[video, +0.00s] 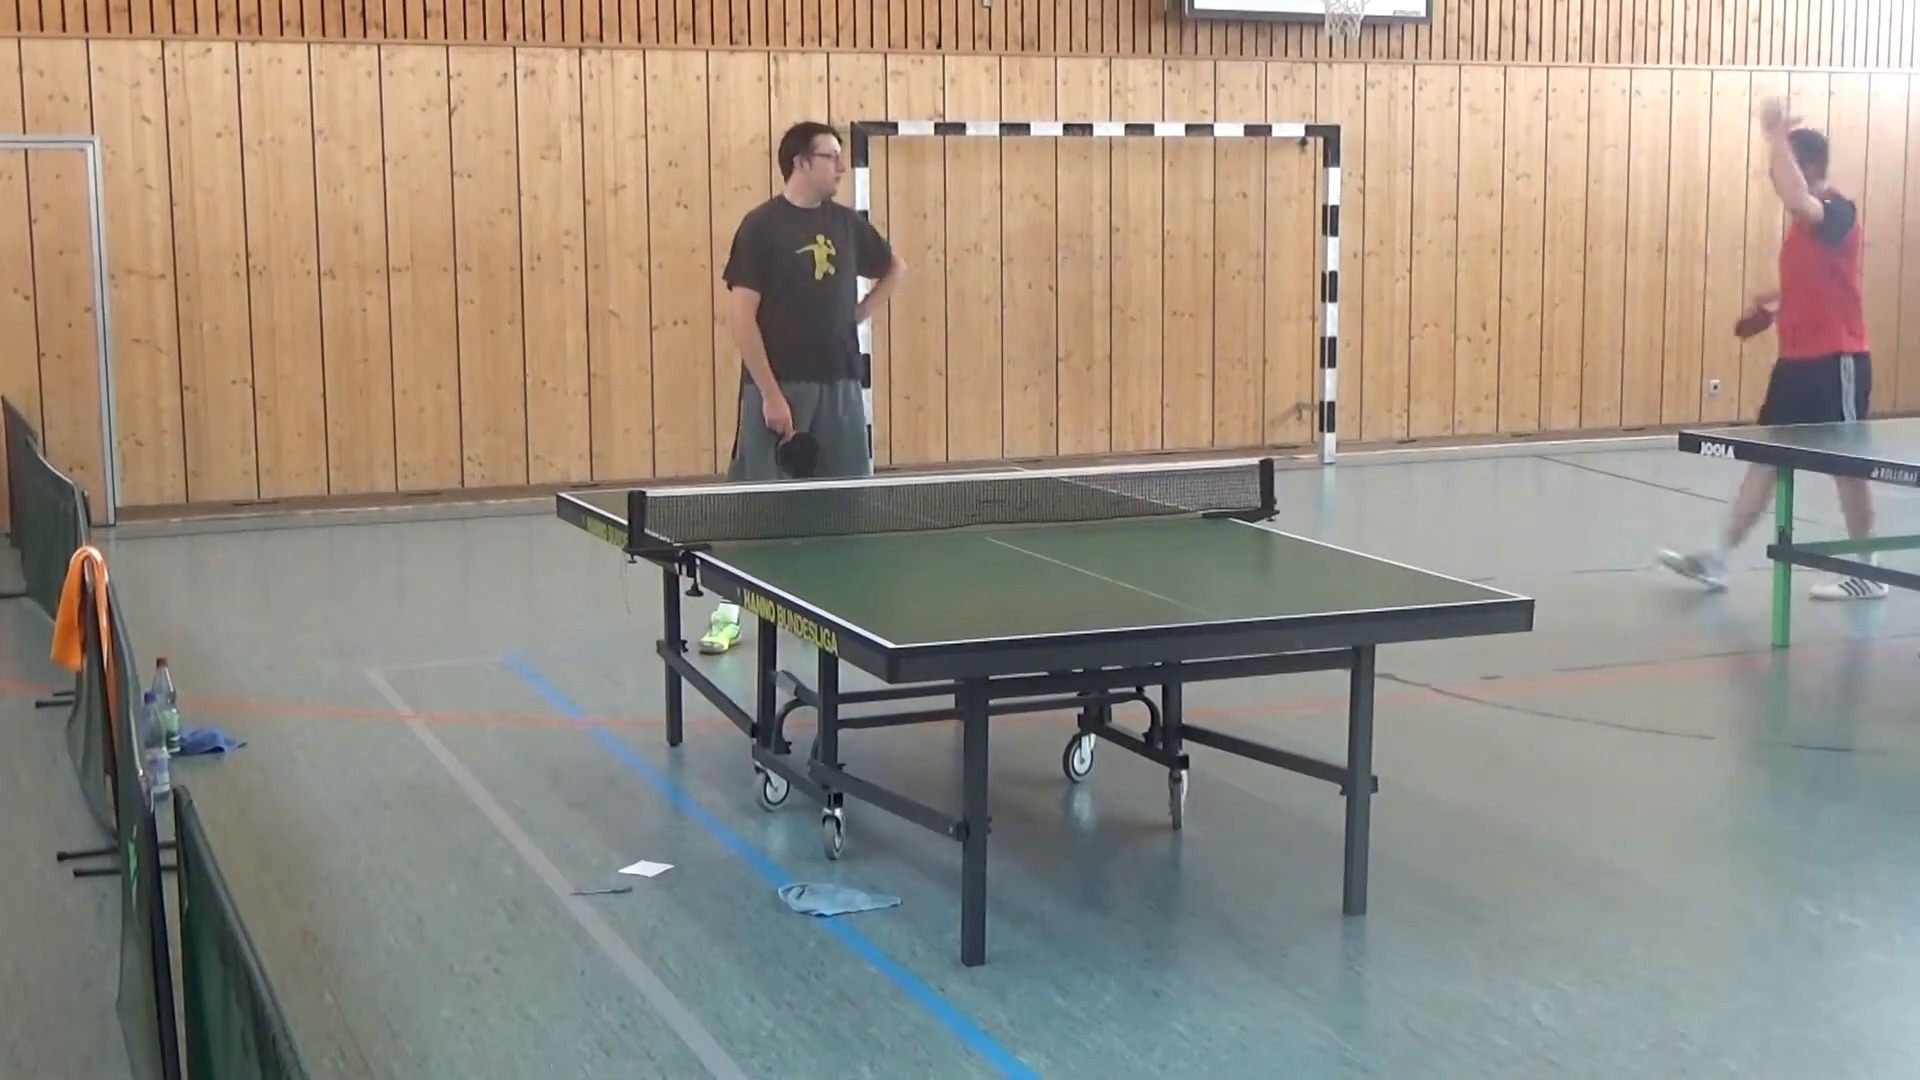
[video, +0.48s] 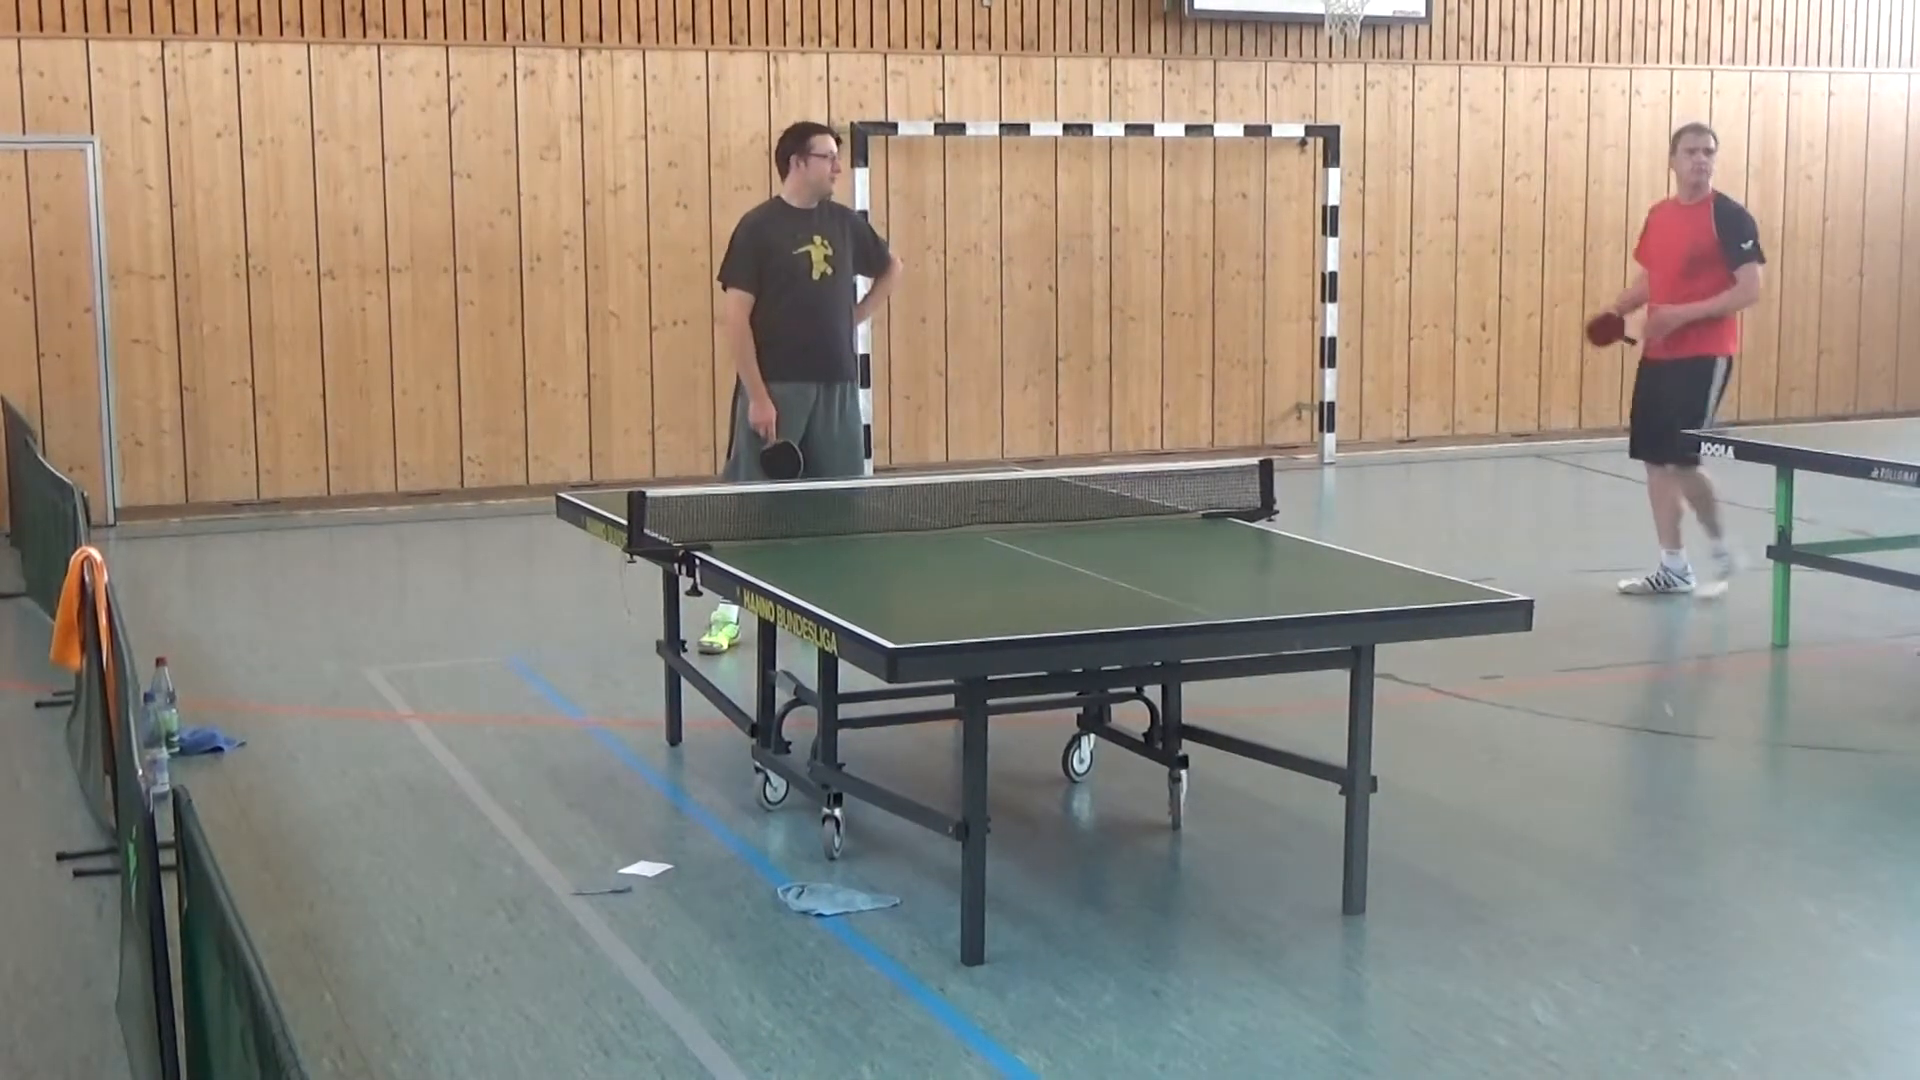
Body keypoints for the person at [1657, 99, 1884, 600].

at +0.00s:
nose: (1777, 175)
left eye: (1787, 167)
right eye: (1776, 167)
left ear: (1810, 168)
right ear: (1793, 172)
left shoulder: (1838, 210)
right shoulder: (1802, 220)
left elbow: (1796, 196)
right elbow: (1813, 284)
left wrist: (1777, 137)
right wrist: (1772, 304)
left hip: (1837, 359)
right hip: (1796, 359)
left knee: (1848, 467)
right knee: (1764, 460)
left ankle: (1865, 571)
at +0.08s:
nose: (1744, 174)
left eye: (1752, 165)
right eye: (1745, 166)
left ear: (1782, 169)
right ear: (1766, 170)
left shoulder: (1816, 214)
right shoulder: (1773, 220)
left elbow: (1796, 208)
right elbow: (1781, 284)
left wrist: (1809, 154)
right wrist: (1748, 308)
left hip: (1814, 363)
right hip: (1771, 364)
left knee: (1834, 469)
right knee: (1738, 461)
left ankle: (1863, 569)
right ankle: (1689, 560)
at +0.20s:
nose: (1714, 170)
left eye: (1722, 162)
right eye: (1714, 162)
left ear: (1751, 166)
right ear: (1739, 169)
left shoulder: (1781, 213)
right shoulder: (1732, 220)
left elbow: (1782, 268)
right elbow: (1736, 292)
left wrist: (1794, 198)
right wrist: (1710, 331)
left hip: (1773, 366)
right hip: (1726, 364)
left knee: (1796, 467)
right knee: (1697, 462)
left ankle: (1852, 555)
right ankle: (1677, 567)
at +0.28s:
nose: (1699, 166)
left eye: (1708, 157)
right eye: (1699, 158)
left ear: (1737, 162)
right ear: (1714, 163)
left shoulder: (1764, 214)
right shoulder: (1706, 220)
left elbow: (1781, 283)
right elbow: (1710, 294)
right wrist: (1681, 333)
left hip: (1749, 365)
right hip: (1700, 363)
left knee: (1760, 464)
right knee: (1680, 460)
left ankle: (1829, 541)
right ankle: (1676, 567)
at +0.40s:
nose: (1704, 160)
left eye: (1712, 152)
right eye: (1696, 152)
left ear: (1725, 160)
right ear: (1682, 160)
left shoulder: (1740, 216)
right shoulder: (1674, 218)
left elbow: (1764, 290)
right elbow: (1673, 291)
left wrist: (1706, 324)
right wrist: (1634, 327)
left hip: (1718, 357)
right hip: (1672, 355)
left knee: (1706, 458)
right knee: (1666, 456)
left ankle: (1771, 529)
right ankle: (1676, 567)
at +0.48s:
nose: (1700, 159)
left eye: (1707, 153)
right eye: (1691, 152)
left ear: (1716, 161)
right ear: (1673, 159)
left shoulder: (1730, 216)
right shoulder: (1658, 215)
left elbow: (1749, 289)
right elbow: (1651, 281)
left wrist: (1678, 314)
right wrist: (1617, 309)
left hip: (1705, 353)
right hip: (1659, 352)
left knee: (1681, 458)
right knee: (1655, 456)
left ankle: (1721, 554)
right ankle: (1673, 567)